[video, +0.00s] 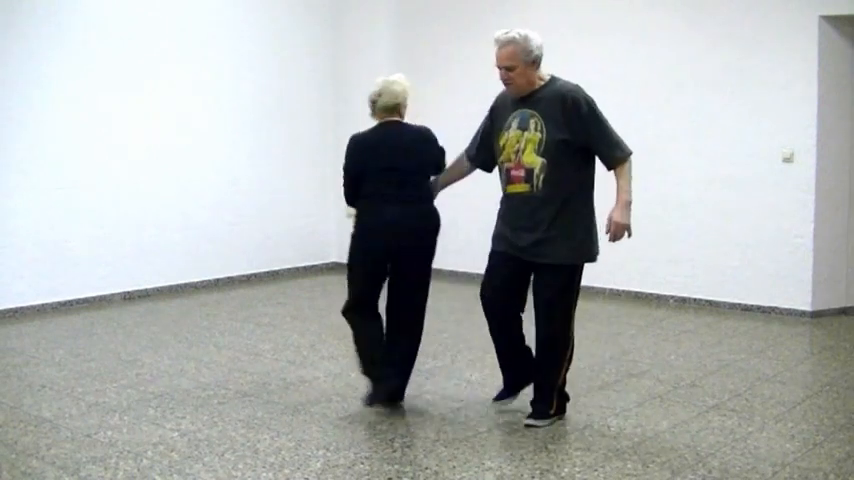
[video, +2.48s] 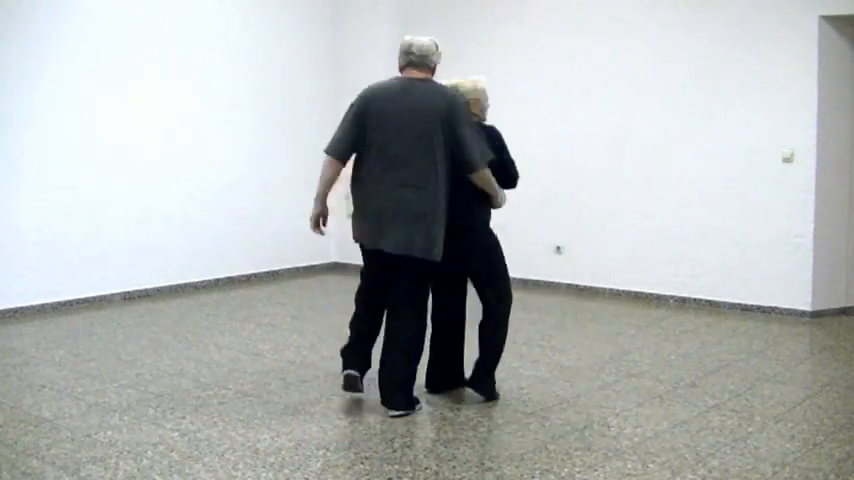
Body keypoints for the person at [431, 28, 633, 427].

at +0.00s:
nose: (502, 76)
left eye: (509, 69)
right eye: (499, 69)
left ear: (534, 65)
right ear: (499, 66)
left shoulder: (570, 100)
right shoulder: (503, 106)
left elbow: (619, 155)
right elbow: (473, 157)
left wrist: (622, 206)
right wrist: (432, 185)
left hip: (563, 234)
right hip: (513, 231)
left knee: (553, 321)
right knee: (496, 299)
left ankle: (550, 402)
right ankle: (519, 370)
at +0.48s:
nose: (507, 76)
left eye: (513, 69)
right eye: (506, 69)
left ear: (541, 66)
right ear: (528, 67)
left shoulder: (575, 99)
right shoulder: (526, 103)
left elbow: (613, 157)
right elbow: (500, 139)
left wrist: (575, 185)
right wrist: (453, 153)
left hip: (572, 242)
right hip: (528, 236)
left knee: (561, 326)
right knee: (512, 315)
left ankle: (551, 403)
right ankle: (519, 389)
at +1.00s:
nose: (519, 78)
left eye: (525, 72)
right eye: (518, 71)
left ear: (554, 69)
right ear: (545, 69)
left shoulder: (595, 101)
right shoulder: (525, 110)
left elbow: (650, 148)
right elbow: (480, 145)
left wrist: (680, 200)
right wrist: (426, 160)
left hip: (590, 230)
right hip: (551, 232)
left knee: (552, 304)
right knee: (557, 308)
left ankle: (558, 400)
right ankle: (566, 392)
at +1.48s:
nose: (492, 72)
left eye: (497, 65)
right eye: (492, 65)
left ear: (523, 66)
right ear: (519, 66)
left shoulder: (555, 96)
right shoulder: (517, 103)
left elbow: (593, 134)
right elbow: (491, 148)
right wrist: (443, 159)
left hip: (560, 247)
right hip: (523, 243)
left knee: (553, 327)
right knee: (498, 301)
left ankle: (555, 411)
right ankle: (522, 388)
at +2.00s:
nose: (423, 77)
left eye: (422, 72)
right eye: (424, 73)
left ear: (427, 68)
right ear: (459, 67)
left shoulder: (430, 98)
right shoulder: (485, 104)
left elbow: (419, 165)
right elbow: (500, 170)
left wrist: (396, 217)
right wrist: (465, 197)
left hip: (433, 228)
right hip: (475, 231)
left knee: (403, 304)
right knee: (447, 313)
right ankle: (428, 391)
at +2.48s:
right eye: (434, 64)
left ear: (400, 64)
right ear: (434, 66)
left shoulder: (372, 96)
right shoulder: (447, 101)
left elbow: (336, 155)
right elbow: (475, 166)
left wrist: (320, 201)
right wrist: (495, 193)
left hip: (372, 222)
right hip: (421, 226)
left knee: (372, 291)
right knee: (409, 310)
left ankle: (354, 367)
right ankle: (398, 397)